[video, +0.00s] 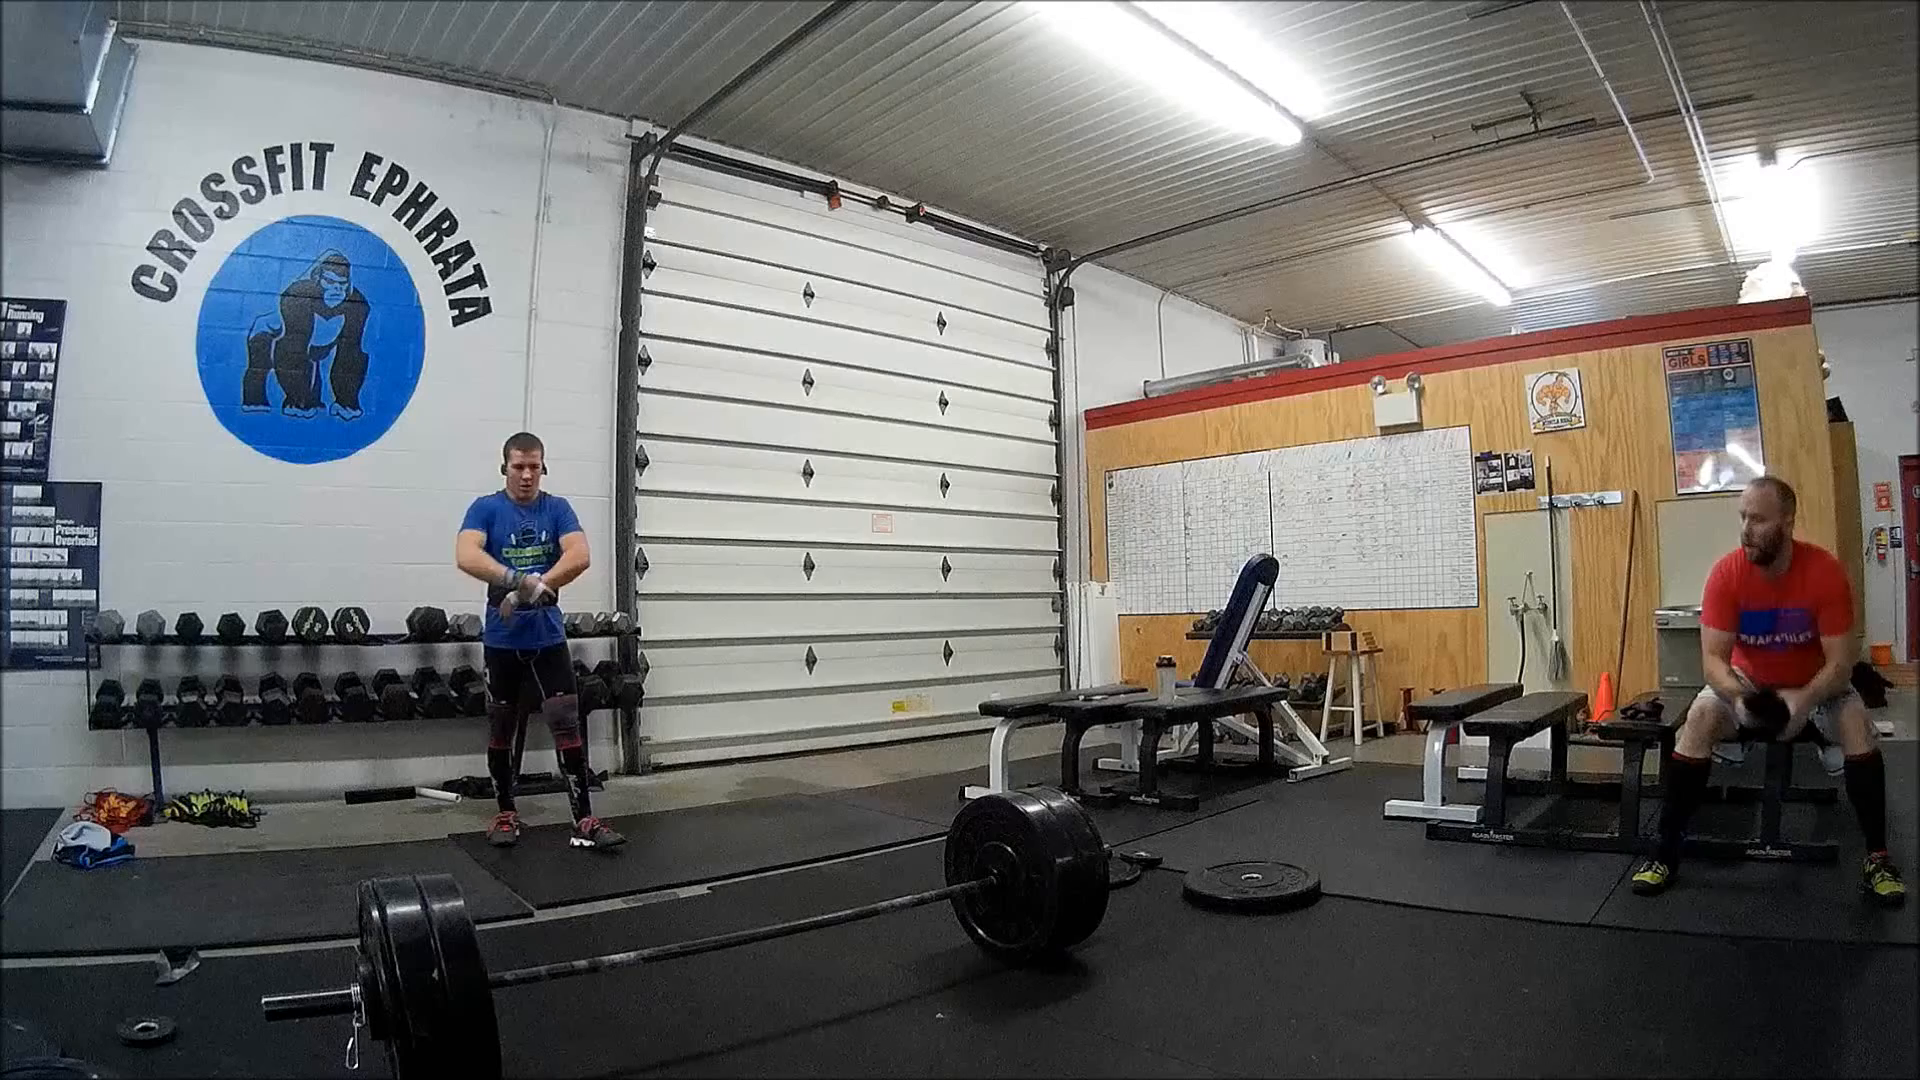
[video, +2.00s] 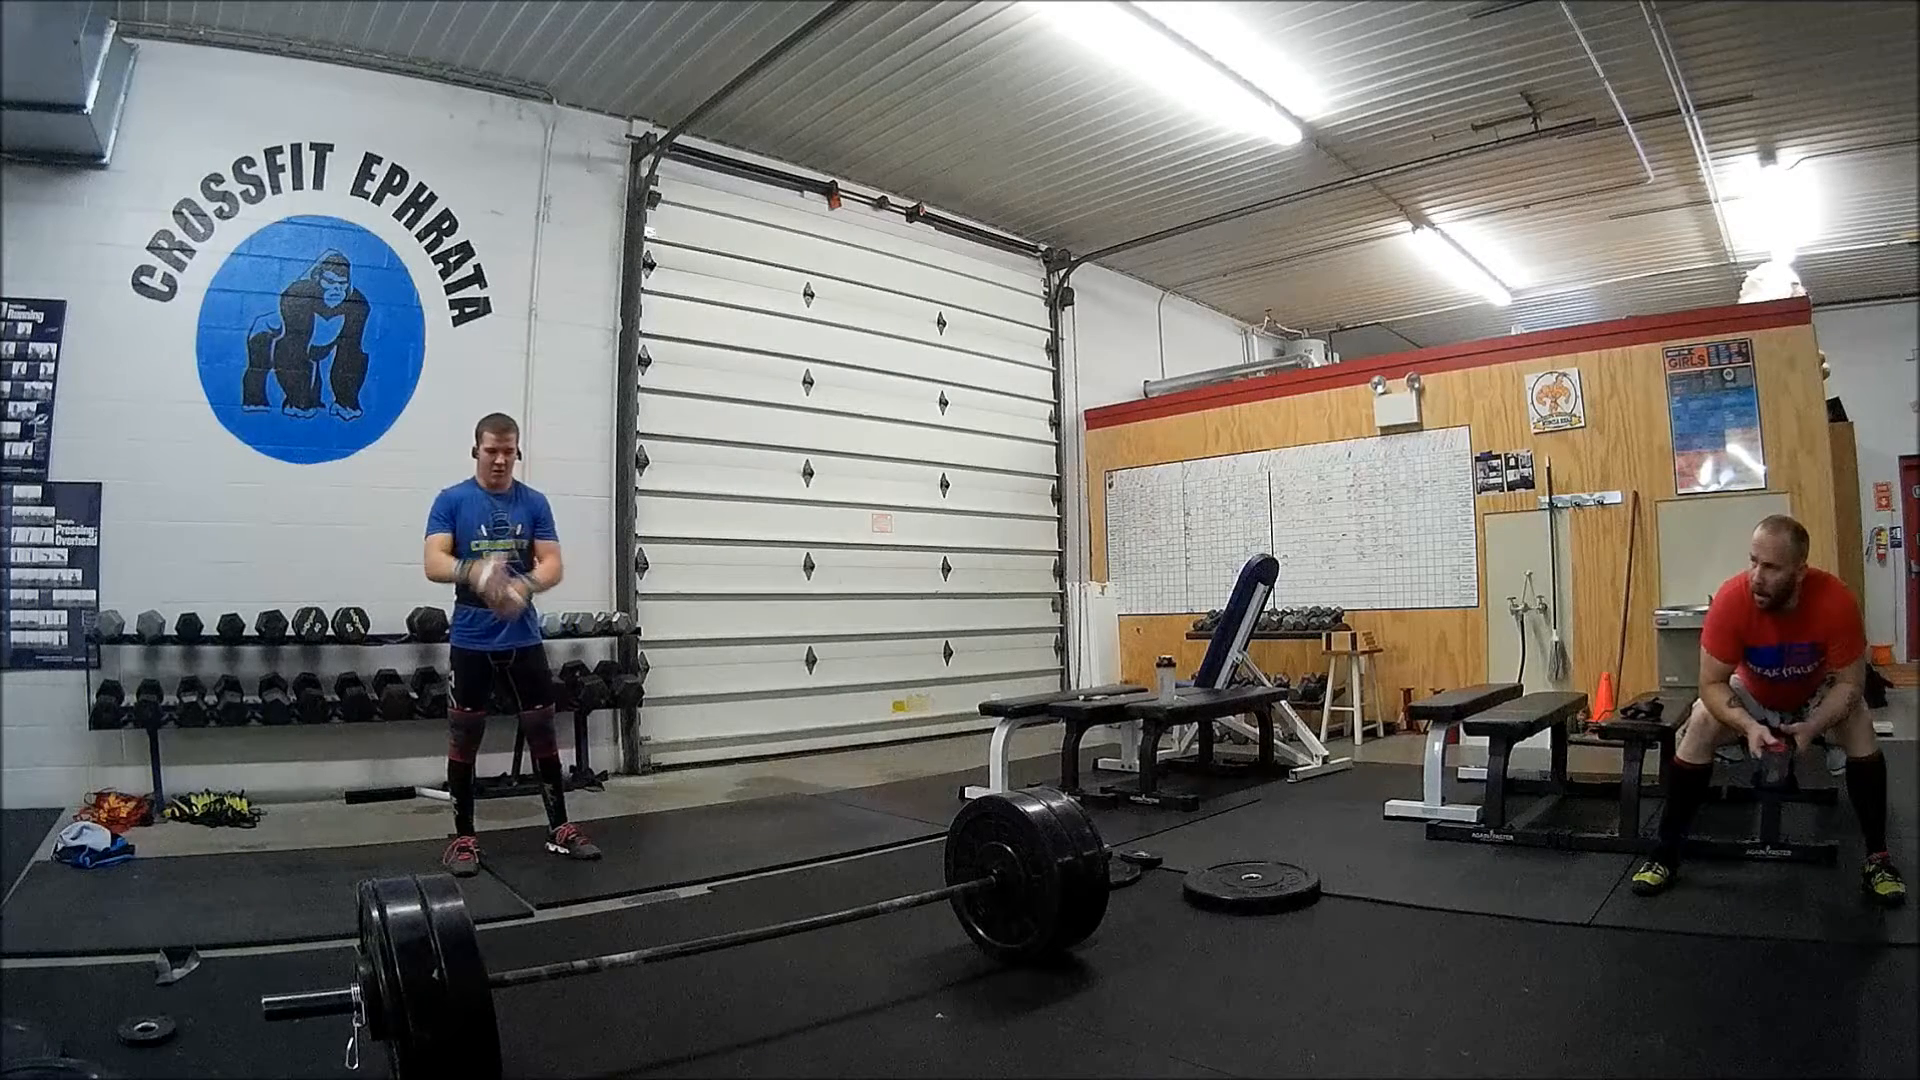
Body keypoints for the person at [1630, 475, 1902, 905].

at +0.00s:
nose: (1747, 528)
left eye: (1759, 519)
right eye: (1744, 517)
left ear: (1789, 520)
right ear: (1740, 516)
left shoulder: (1824, 571)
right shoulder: (1727, 573)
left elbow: (1841, 663)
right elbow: (1713, 657)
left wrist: (1803, 700)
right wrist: (1738, 694)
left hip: (1814, 689)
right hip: (1747, 688)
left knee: (1855, 717)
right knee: (1700, 714)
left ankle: (1877, 858)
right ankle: (1665, 856)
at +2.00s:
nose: (1757, 577)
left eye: (1771, 567)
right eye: (1753, 563)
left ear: (1801, 568)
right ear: (1748, 558)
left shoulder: (1835, 601)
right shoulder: (1730, 599)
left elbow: (1850, 681)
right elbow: (1711, 683)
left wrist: (1811, 727)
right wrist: (1748, 726)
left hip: (1815, 695)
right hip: (1751, 694)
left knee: (1859, 723)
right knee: (1701, 721)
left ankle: (1878, 858)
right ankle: (1665, 856)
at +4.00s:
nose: (1753, 579)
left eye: (1766, 571)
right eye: (1750, 565)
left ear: (1797, 569)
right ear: (1746, 558)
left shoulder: (1833, 595)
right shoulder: (1730, 597)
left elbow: (1849, 682)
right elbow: (1705, 683)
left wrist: (1807, 723)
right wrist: (1744, 717)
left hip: (1815, 695)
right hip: (1750, 693)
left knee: (1854, 722)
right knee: (1698, 721)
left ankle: (1871, 859)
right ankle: (1664, 856)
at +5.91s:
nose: (1758, 583)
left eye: (1771, 574)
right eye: (1753, 569)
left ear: (1800, 570)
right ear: (1748, 560)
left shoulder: (1835, 596)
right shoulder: (1732, 597)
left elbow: (1850, 684)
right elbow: (1704, 683)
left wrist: (1806, 722)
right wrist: (1743, 718)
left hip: (1815, 696)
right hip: (1752, 694)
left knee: (1853, 722)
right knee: (1697, 721)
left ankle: (1871, 859)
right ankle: (1665, 857)